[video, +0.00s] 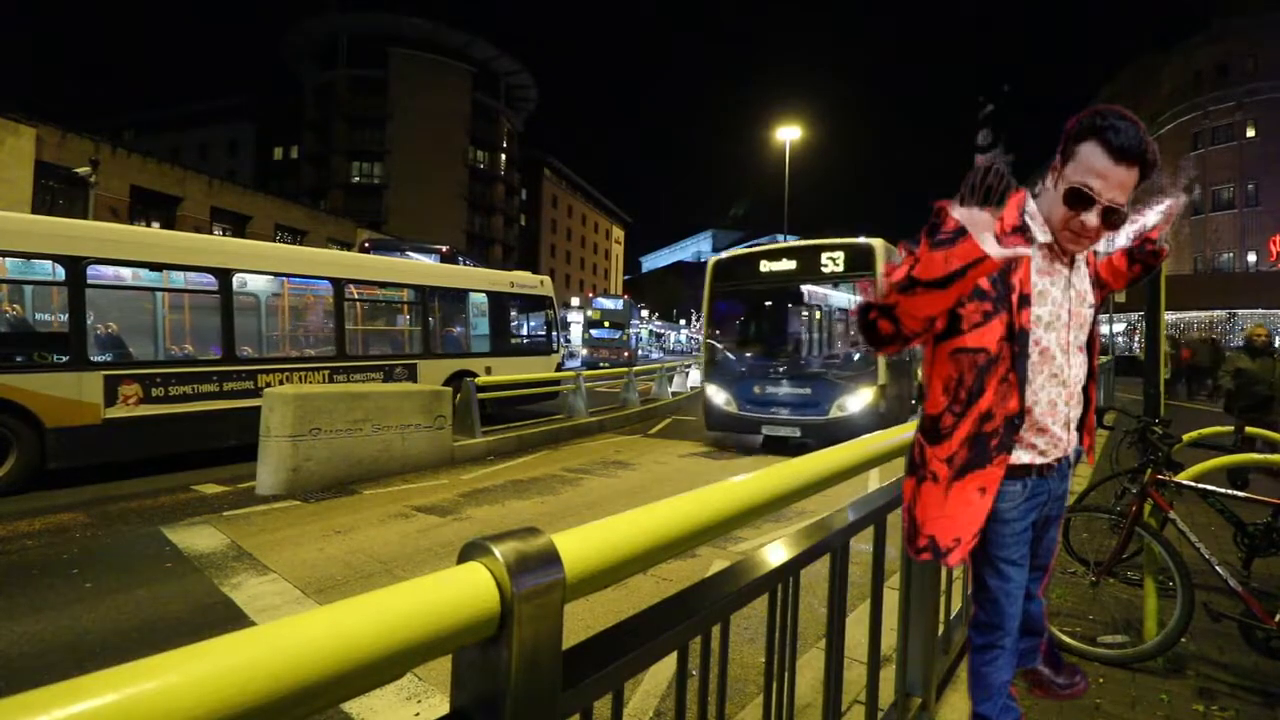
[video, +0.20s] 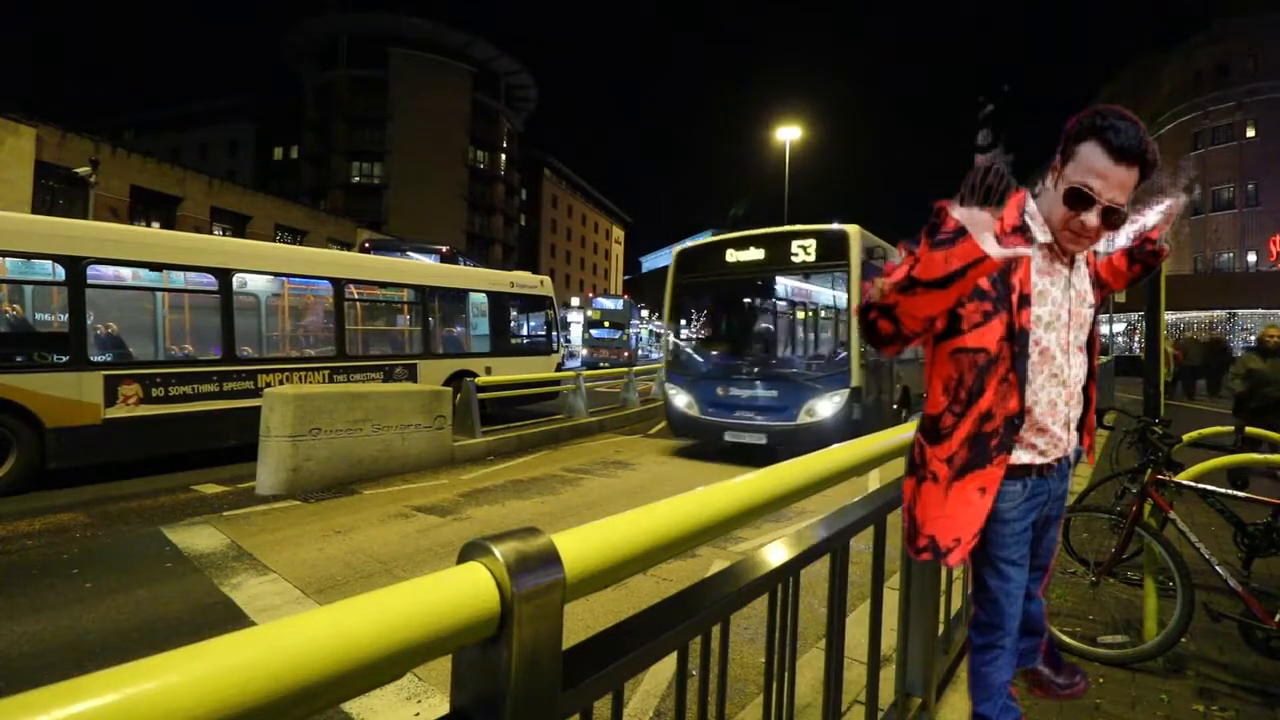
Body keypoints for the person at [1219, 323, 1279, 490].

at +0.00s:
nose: (1262, 339)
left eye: (1266, 336)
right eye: (1257, 336)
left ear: (1270, 339)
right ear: (1249, 338)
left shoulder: (1273, 359)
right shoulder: (1237, 356)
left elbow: (1276, 381)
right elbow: (1224, 375)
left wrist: (1274, 396)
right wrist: (1230, 389)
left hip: (1270, 407)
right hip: (1244, 407)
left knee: (1273, 442)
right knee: (1244, 444)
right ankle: (1240, 477)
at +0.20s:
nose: (1274, 340)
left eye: (1277, 337)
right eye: (1270, 337)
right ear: (1261, 338)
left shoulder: (1277, 360)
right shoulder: (1248, 358)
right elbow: (1231, 379)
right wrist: (1243, 391)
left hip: (1274, 411)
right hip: (1250, 411)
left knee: (1275, 446)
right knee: (1247, 446)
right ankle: (1240, 476)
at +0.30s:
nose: (1275, 338)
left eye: (1278, 334)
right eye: (1272, 334)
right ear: (1264, 336)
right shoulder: (1253, 358)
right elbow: (1235, 379)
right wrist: (1243, 399)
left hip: (1275, 412)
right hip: (1259, 410)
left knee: (1275, 444)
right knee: (1251, 444)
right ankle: (1239, 473)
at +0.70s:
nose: (1278, 338)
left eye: (1279, 335)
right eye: (1276, 335)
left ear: (1275, 337)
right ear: (1270, 337)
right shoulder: (1260, 360)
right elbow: (1242, 389)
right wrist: (1241, 412)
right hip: (1269, 415)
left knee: (1274, 446)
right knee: (1274, 446)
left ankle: (1274, 475)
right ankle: (1273, 476)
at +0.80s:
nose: (1279, 337)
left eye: (1279, 333)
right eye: (1277, 333)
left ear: (1273, 337)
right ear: (1271, 336)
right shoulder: (1261, 360)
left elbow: (1247, 386)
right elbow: (1246, 386)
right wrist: (1244, 409)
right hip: (1268, 413)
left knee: (1274, 447)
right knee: (1273, 447)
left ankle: (1274, 477)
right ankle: (1273, 477)